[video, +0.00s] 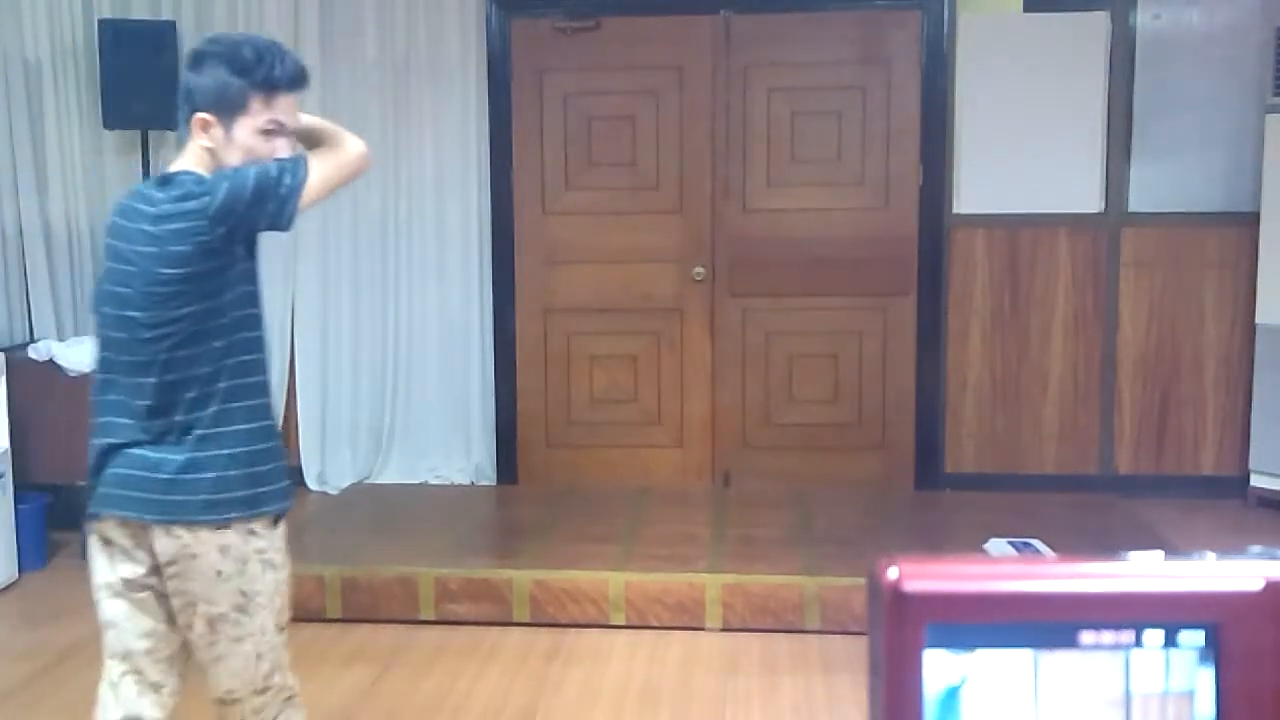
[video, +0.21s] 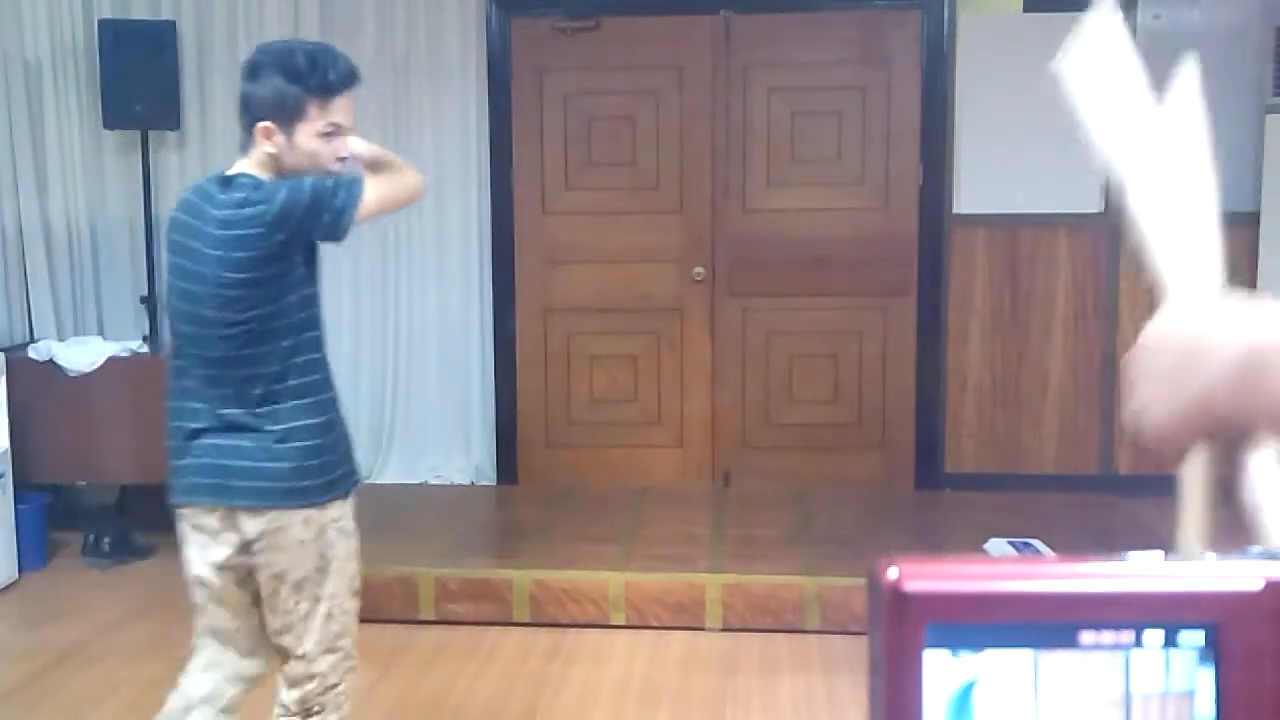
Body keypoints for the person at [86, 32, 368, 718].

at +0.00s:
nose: (285, 146)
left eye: (286, 129)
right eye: (269, 130)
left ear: (201, 130)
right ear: (206, 129)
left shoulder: (129, 208)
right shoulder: (225, 200)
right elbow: (352, 153)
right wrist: (294, 125)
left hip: (120, 490)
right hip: (217, 495)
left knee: (132, 692)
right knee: (259, 696)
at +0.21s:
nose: (346, 147)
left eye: (345, 128)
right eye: (328, 131)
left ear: (264, 135)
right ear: (269, 135)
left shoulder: (190, 206)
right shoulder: (288, 204)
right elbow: (407, 182)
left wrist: (330, 166)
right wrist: (348, 147)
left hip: (201, 474)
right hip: (292, 479)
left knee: (226, 655)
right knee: (318, 673)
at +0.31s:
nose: (360, 147)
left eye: (362, 130)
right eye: (344, 132)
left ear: (280, 136)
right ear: (286, 133)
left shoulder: (210, 208)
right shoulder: (312, 210)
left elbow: (204, 333)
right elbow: (430, 236)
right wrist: (407, 186)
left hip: (233, 462)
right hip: (312, 470)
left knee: (264, 630)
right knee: (325, 655)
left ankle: (231, 712)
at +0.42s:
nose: (369, 150)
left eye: (373, 132)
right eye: (354, 133)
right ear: (298, 131)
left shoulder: (229, 207)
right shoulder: (321, 215)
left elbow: (218, 335)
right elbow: (430, 301)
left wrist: (253, 413)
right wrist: (461, 273)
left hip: (255, 459)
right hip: (324, 467)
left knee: (301, 623)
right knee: (331, 652)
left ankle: (285, 708)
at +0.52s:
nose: (378, 157)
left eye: (382, 138)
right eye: (362, 139)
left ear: (306, 142)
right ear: (307, 138)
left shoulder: (248, 211)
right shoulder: (330, 222)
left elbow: (233, 336)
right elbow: (405, 339)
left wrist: (243, 431)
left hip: (278, 457)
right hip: (337, 464)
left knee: (322, 640)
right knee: (340, 657)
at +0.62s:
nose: (386, 160)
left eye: (390, 142)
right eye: (369, 145)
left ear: (313, 149)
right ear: (317, 144)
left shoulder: (267, 212)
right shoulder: (334, 226)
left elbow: (253, 331)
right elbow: (366, 357)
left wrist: (252, 421)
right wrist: (408, 469)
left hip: (297, 457)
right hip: (336, 463)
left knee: (344, 623)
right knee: (353, 633)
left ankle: (322, 709)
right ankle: (324, 712)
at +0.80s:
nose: (391, 155)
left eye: (397, 138)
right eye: (376, 141)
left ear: (404, 128)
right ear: (325, 137)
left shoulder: (321, 200)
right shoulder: (320, 210)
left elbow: (282, 320)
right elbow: (280, 327)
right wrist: (258, 447)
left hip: (337, 447)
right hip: (346, 452)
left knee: (348, 604)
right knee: (375, 616)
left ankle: (339, 706)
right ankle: (352, 711)